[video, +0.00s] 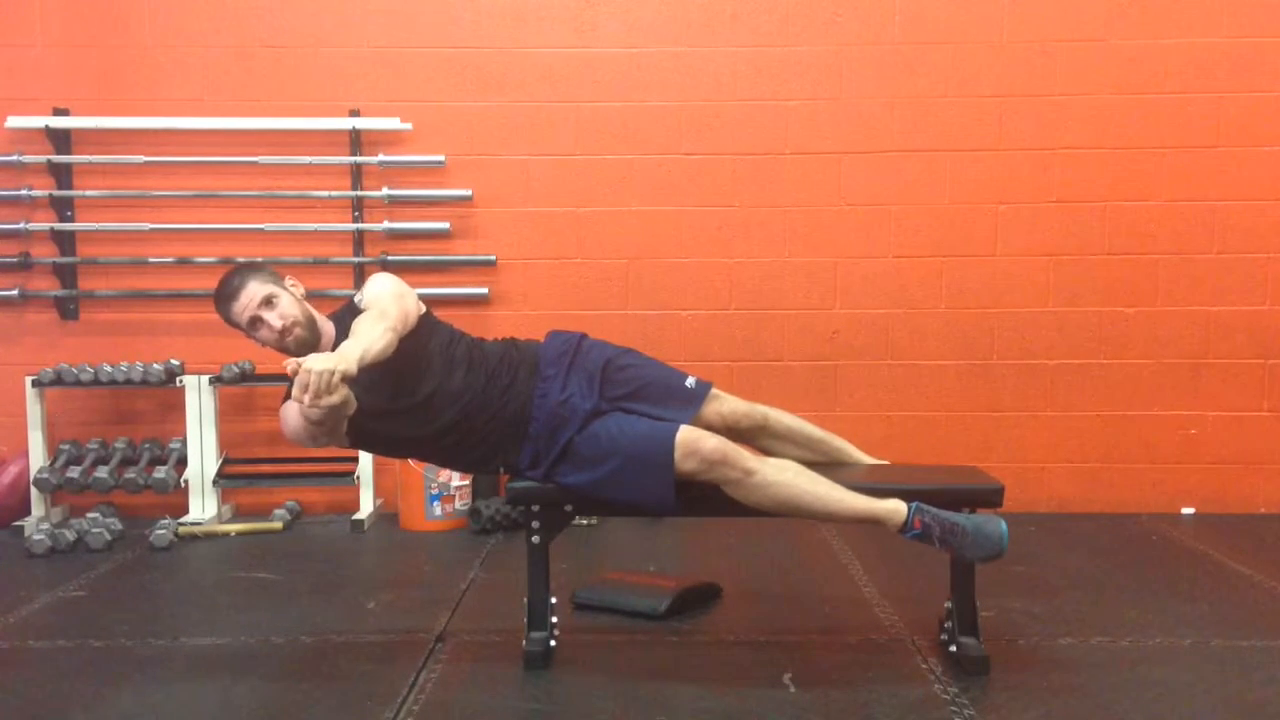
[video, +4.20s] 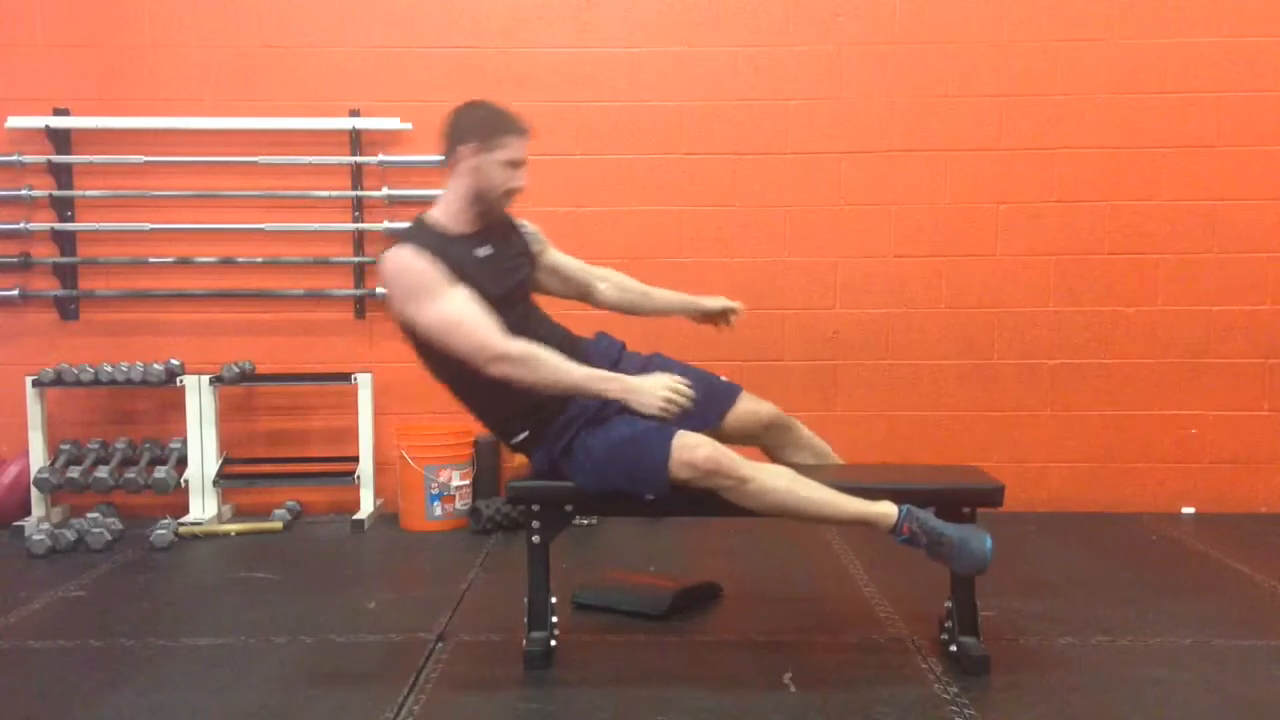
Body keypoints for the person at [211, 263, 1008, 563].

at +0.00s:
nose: (273, 324)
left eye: (270, 305)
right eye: (254, 326)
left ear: (293, 287)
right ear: (251, 345)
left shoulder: (369, 294)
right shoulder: (304, 408)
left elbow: (400, 317)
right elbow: (326, 419)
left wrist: (346, 359)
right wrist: (327, 387)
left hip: (565, 366)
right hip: (546, 450)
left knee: (737, 415)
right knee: (710, 457)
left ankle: (904, 492)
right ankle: (913, 521)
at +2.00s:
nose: (287, 328)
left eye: (285, 308)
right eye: (266, 329)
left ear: (303, 290)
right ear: (255, 345)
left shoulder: (369, 298)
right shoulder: (310, 412)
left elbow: (425, 337)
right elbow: (364, 501)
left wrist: (348, 405)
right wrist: (328, 440)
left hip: (565, 367)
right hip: (544, 449)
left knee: (737, 415)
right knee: (710, 455)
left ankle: (906, 493)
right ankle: (912, 521)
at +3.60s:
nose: (308, 305)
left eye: (309, 287)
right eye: (287, 303)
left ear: (324, 274)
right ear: (268, 318)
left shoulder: (376, 291)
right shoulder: (306, 399)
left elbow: (469, 315)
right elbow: (384, 452)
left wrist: (406, 362)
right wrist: (403, 374)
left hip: (566, 363)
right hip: (541, 442)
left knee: (739, 416)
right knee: (720, 461)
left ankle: (900, 483)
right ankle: (906, 520)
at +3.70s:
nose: (325, 295)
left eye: (327, 277)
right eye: (302, 294)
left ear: (339, 263)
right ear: (279, 307)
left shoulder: (393, 287)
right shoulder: (312, 392)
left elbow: (520, 333)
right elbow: (396, 450)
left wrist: (475, 393)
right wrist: (476, 379)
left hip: (582, 364)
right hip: (547, 443)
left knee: (748, 418)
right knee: (721, 465)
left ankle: (904, 487)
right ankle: (911, 523)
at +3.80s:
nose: (359, 265)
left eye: (361, 247)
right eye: (338, 259)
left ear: (368, 238)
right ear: (302, 271)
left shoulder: (414, 276)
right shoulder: (319, 375)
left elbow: (535, 297)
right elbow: (419, 435)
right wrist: (512, 410)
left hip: (580, 365)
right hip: (543, 444)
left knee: (748, 416)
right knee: (717, 460)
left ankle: (892, 480)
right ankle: (915, 523)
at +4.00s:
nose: (433, 211)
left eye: (430, 198)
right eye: (417, 201)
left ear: (418, 198)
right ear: (369, 209)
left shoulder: (451, 249)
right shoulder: (344, 322)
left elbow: (561, 274)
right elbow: (443, 399)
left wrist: (667, 288)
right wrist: (564, 389)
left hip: (583, 367)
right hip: (547, 434)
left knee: (755, 420)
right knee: (713, 461)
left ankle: (890, 498)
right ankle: (914, 522)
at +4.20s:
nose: (521, 180)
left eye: (523, 165)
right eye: (511, 165)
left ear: (491, 161)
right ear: (463, 160)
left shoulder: (507, 233)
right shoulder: (409, 263)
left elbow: (595, 285)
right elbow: (500, 356)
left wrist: (686, 306)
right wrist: (622, 389)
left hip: (602, 367)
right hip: (555, 426)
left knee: (767, 420)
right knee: (710, 462)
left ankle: (872, 508)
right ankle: (904, 522)